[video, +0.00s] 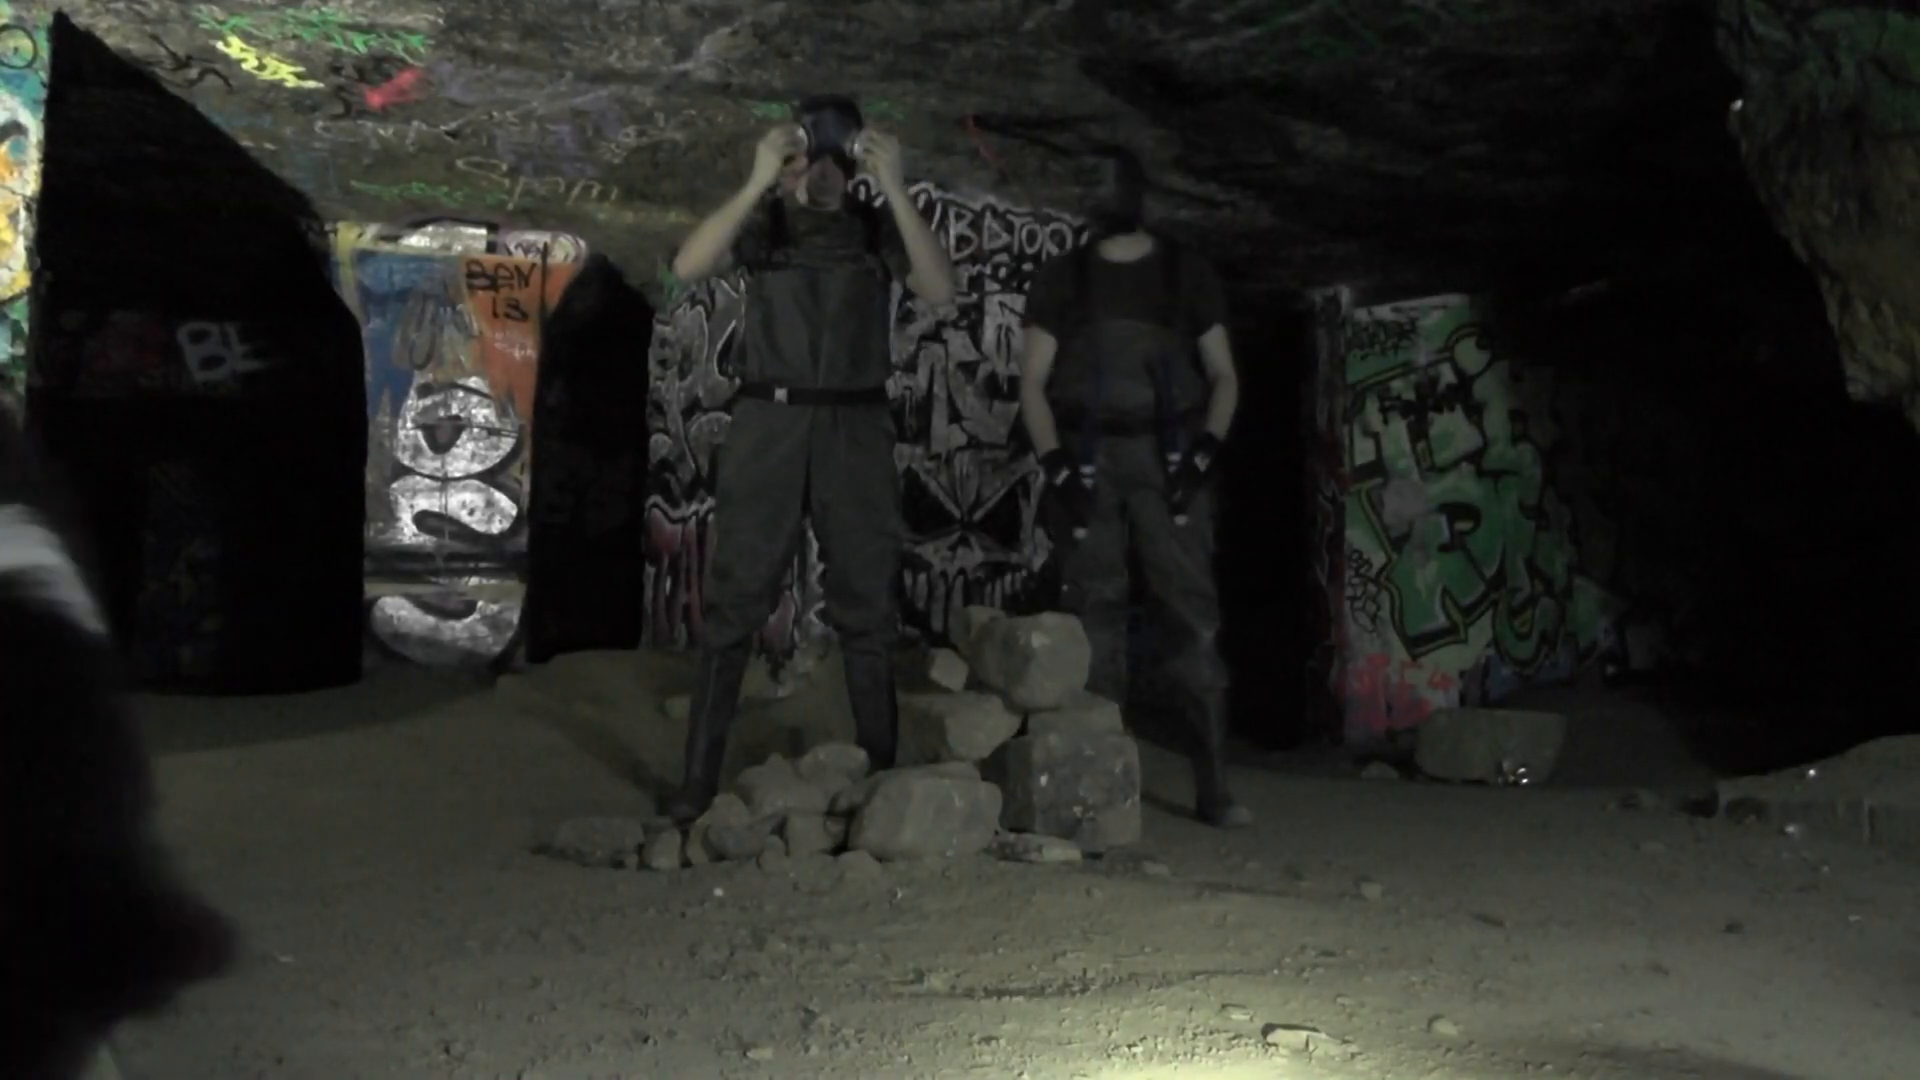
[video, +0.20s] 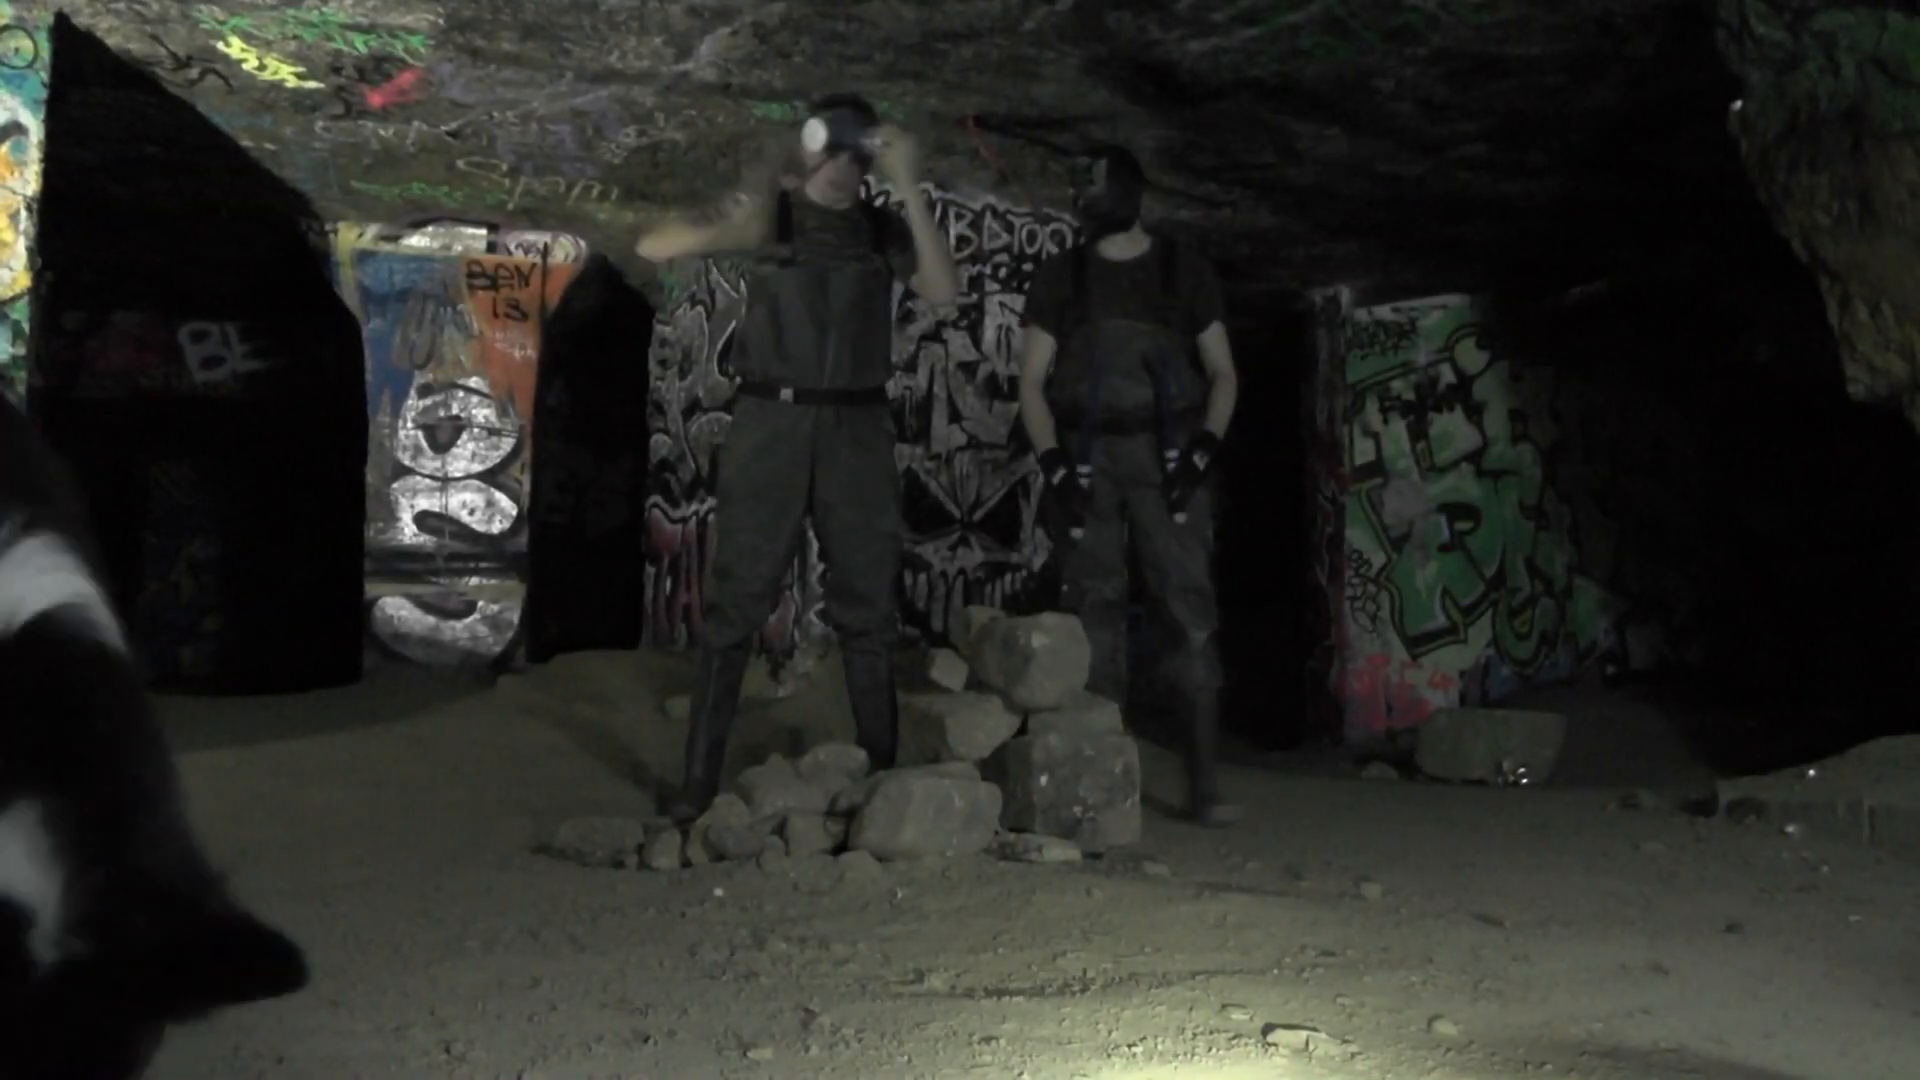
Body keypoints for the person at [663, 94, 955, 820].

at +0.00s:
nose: (814, 177)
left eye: (829, 163)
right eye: (801, 162)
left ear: (853, 170)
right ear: (781, 169)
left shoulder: (878, 232)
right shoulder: (758, 227)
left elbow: (940, 293)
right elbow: (690, 265)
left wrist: (892, 186)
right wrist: (757, 185)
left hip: (856, 440)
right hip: (766, 436)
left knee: (867, 612)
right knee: (734, 609)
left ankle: (882, 779)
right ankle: (698, 787)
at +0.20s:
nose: (849, 167)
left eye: (861, 154)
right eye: (837, 151)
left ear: (872, 162)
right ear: (805, 152)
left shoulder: (882, 228)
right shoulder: (768, 215)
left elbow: (942, 293)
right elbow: (653, 246)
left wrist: (909, 187)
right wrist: (731, 226)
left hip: (857, 437)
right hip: (769, 434)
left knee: (867, 609)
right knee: (737, 606)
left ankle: (882, 778)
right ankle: (698, 785)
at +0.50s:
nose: (860, 166)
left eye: (873, 155)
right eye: (850, 149)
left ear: (884, 161)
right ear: (819, 145)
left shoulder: (891, 230)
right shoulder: (769, 215)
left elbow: (956, 289)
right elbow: (668, 261)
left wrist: (926, 183)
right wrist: (727, 311)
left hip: (858, 439)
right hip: (769, 435)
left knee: (868, 612)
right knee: (736, 609)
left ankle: (882, 779)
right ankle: (699, 786)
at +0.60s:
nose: (856, 161)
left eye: (870, 151)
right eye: (845, 145)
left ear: (881, 160)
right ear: (816, 146)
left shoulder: (893, 230)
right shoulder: (771, 213)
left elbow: (954, 282)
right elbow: (662, 231)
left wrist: (922, 176)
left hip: (858, 437)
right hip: (769, 432)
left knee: (868, 613)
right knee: (738, 608)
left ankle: (879, 781)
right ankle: (700, 785)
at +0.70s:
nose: (847, 163)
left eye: (861, 152)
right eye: (836, 147)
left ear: (879, 162)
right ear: (811, 150)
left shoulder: (892, 230)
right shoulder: (770, 217)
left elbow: (955, 278)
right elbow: (657, 201)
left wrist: (918, 175)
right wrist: (755, 192)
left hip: (859, 438)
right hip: (769, 433)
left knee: (869, 614)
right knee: (737, 609)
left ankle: (880, 780)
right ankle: (699, 786)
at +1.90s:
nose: (828, 156)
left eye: (836, 145)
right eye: (815, 141)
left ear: (847, 157)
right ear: (781, 146)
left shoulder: (851, 231)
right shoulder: (750, 219)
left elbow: (936, 271)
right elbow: (745, 260)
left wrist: (911, 173)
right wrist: (795, 187)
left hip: (843, 435)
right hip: (759, 431)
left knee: (867, 605)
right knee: (732, 600)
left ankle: (883, 771)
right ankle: (679, 771)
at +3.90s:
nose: (820, 159)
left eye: (832, 150)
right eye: (809, 150)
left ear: (850, 165)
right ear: (789, 167)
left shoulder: (871, 228)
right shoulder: (764, 227)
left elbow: (911, 244)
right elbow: (692, 244)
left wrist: (872, 142)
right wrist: (739, 145)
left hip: (852, 436)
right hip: (763, 434)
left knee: (866, 611)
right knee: (731, 606)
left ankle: (870, 778)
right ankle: (696, 784)